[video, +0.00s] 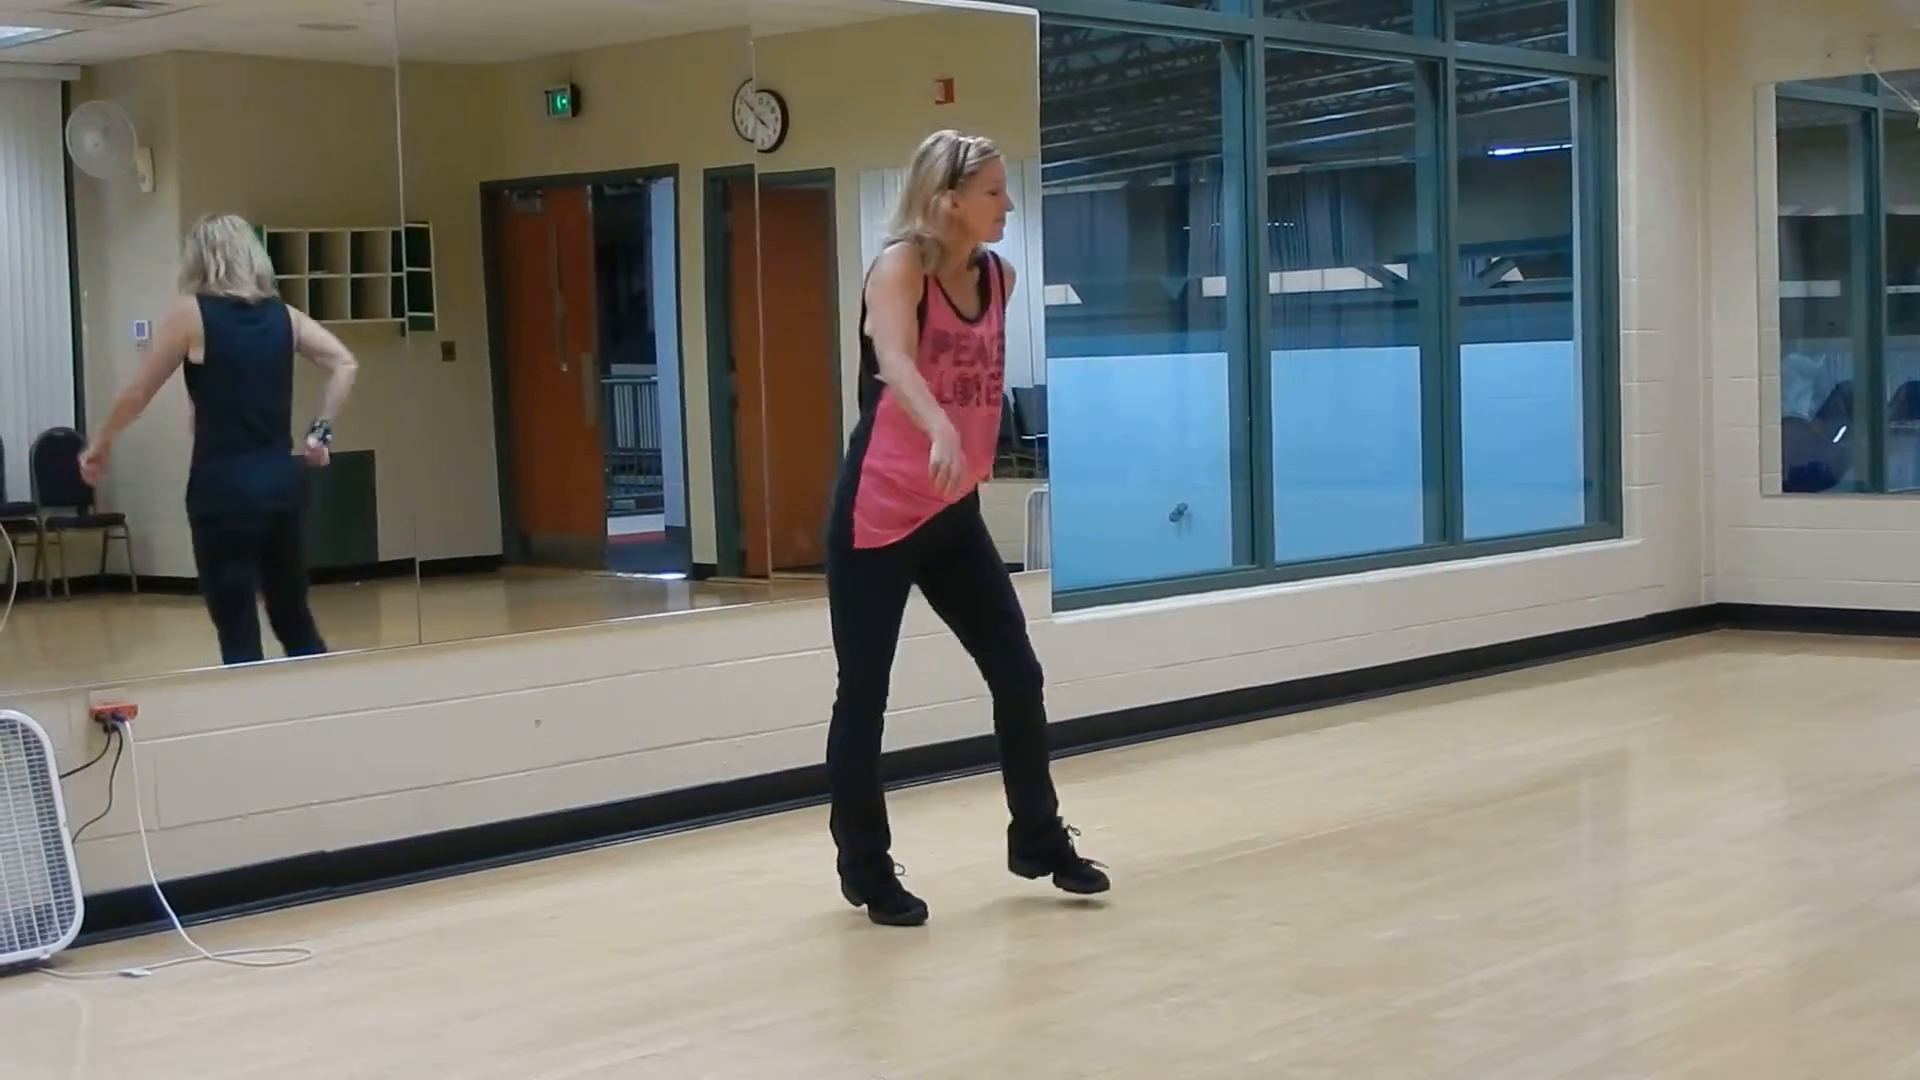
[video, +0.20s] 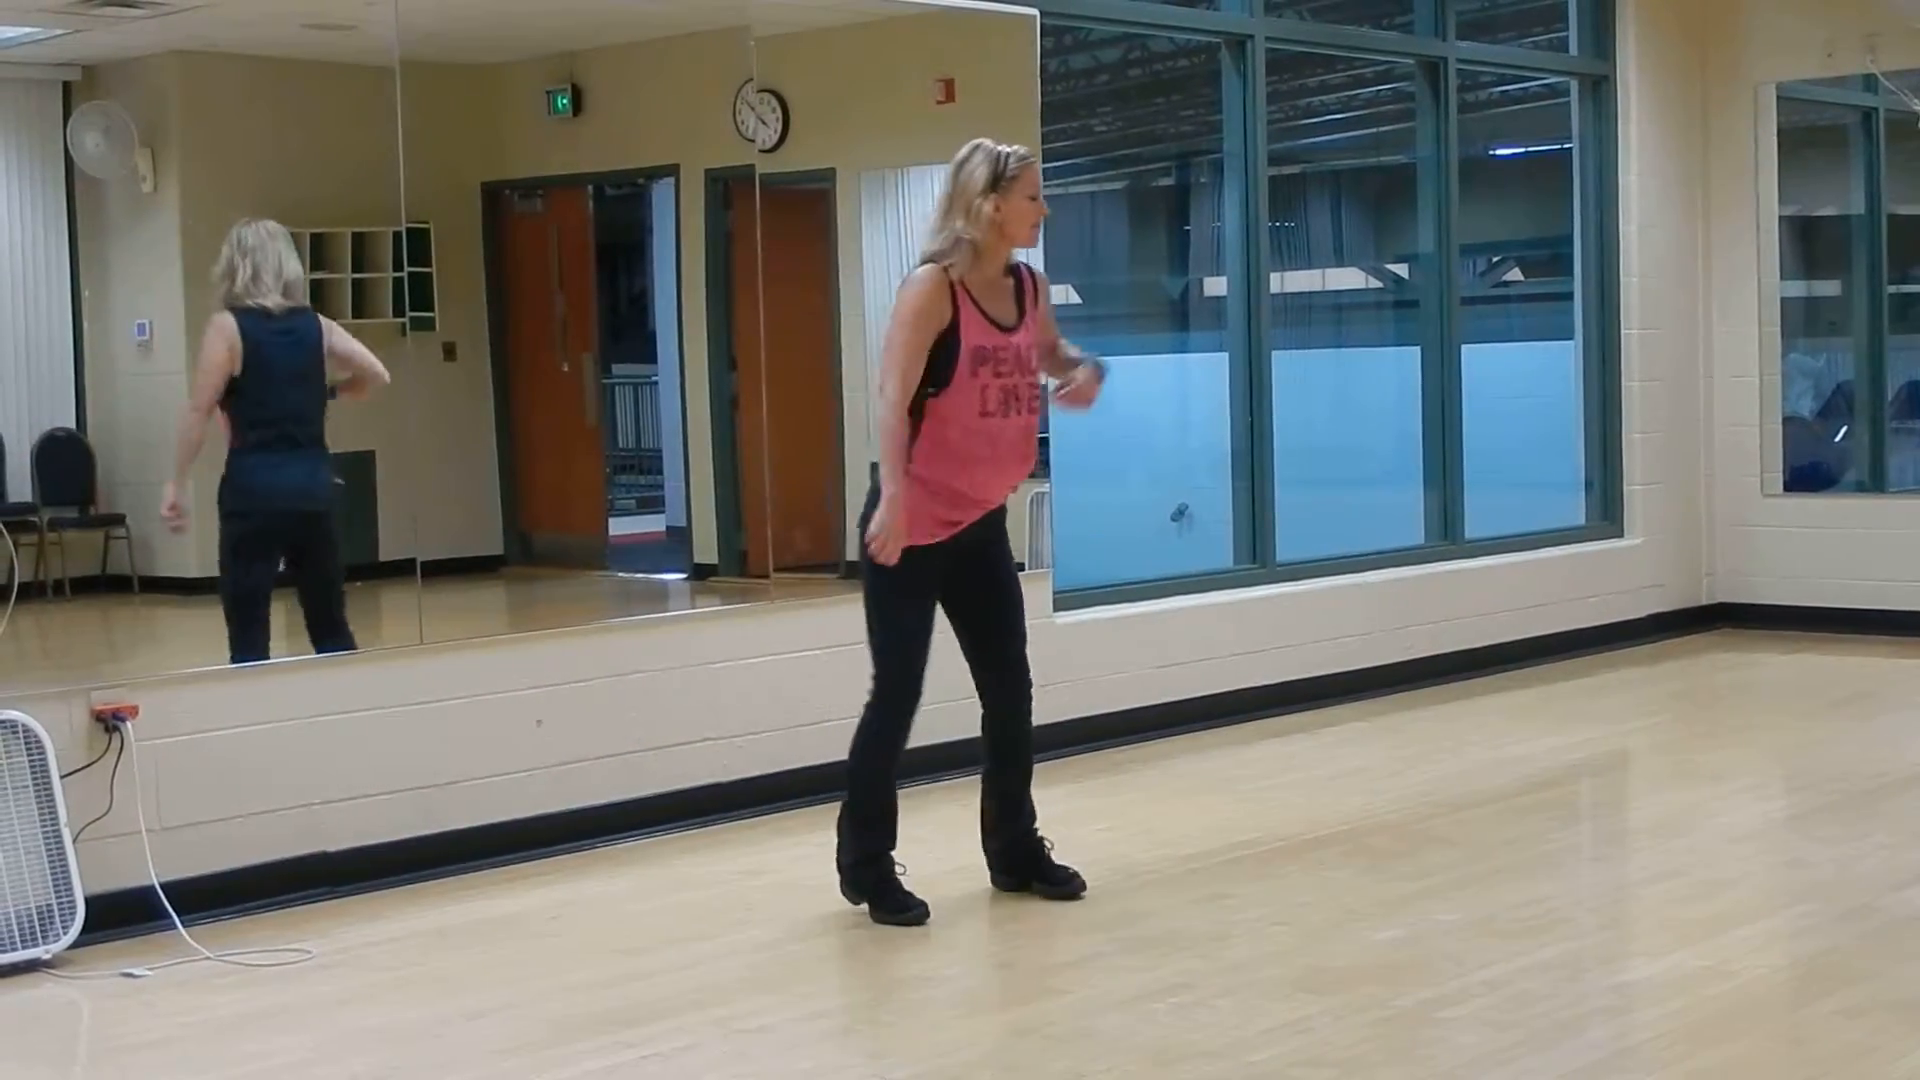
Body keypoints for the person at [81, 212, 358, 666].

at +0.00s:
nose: (189, 263)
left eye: (192, 255)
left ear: (198, 259)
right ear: (253, 258)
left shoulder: (191, 313)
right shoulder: (282, 314)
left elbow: (140, 391)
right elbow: (343, 362)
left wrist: (101, 442)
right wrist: (322, 429)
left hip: (221, 489)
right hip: (282, 482)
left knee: (237, 632)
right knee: (292, 617)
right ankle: (339, 717)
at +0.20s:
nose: (225, 269)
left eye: (229, 260)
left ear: (234, 267)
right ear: (290, 265)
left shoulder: (226, 326)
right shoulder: (315, 325)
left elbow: (201, 407)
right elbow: (374, 375)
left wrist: (178, 480)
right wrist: (327, 395)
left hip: (252, 494)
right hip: (311, 490)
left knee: (248, 635)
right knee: (329, 623)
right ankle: (362, 727)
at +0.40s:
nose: (257, 272)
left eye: (262, 264)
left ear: (271, 270)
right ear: (322, 274)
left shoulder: (264, 321)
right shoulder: (336, 334)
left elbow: (263, 392)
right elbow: (338, 417)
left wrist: (257, 469)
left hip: (300, 494)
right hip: (354, 493)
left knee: (211, 599)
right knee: (343, 628)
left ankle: (255, 708)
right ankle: (365, 725)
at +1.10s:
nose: (192, 282)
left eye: (195, 272)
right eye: (193, 272)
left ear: (211, 274)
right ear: (252, 270)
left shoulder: (212, 319)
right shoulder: (289, 323)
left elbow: (190, 388)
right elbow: (321, 404)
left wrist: (183, 454)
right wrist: (337, 467)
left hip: (262, 492)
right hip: (321, 486)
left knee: (211, 625)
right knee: (344, 622)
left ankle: (175, 727)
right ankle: (383, 725)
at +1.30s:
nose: (148, 282)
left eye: (152, 273)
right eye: (150, 273)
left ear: (162, 280)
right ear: (210, 275)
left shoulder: (159, 339)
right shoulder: (243, 339)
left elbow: (145, 427)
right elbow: (287, 396)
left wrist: (107, 434)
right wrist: (309, 465)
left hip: (200, 505)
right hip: (260, 499)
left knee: (168, 643)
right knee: (293, 627)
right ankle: (357, 709)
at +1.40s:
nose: (125, 285)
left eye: (129, 276)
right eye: (127, 275)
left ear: (142, 281)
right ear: (189, 276)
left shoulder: (134, 343)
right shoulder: (225, 335)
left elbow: (110, 434)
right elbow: (280, 393)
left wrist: (66, 460)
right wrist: (276, 470)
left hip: (171, 511)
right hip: (233, 505)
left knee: (148, 649)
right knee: (233, 630)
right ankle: (303, 701)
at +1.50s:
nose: (111, 293)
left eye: (116, 284)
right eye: (112, 283)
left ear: (128, 290)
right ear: (175, 281)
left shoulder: (119, 351)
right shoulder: (216, 339)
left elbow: (77, 443)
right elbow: (271, 399)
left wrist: (35, 491)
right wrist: (241, 461)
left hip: (155, 517)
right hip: (216, 511)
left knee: (133, 644)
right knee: (174, 632)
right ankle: (240, 705)